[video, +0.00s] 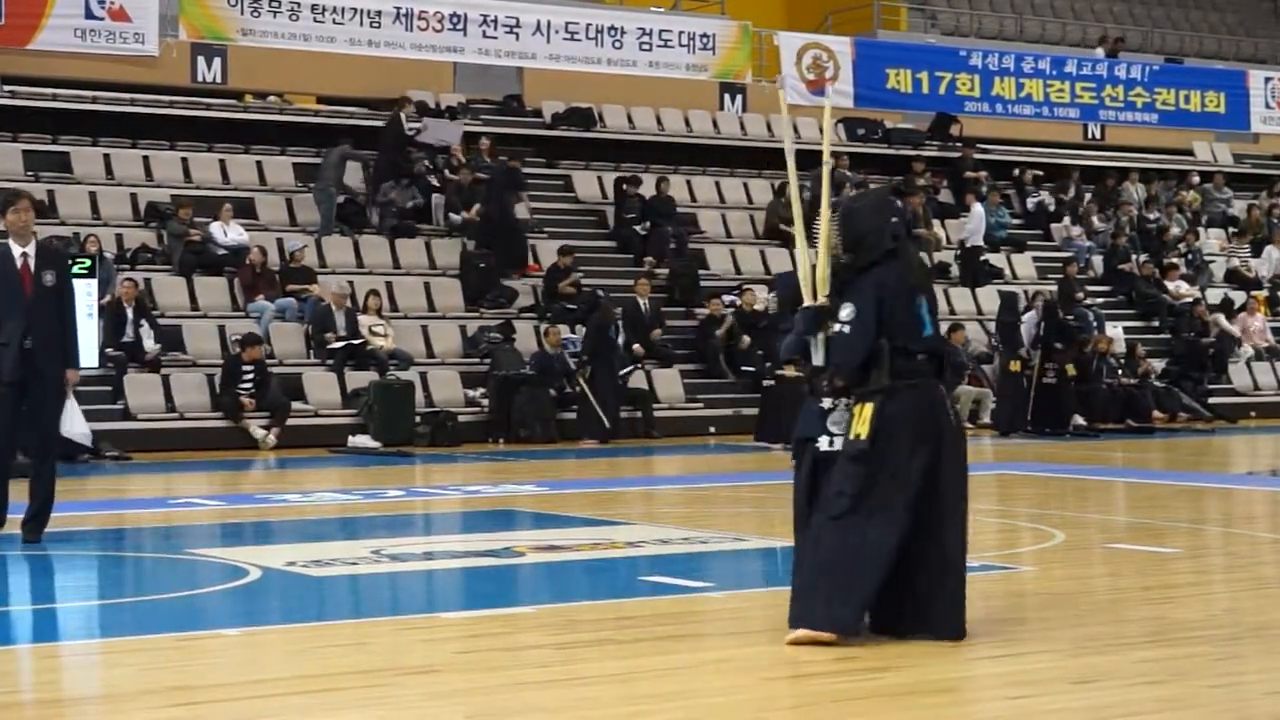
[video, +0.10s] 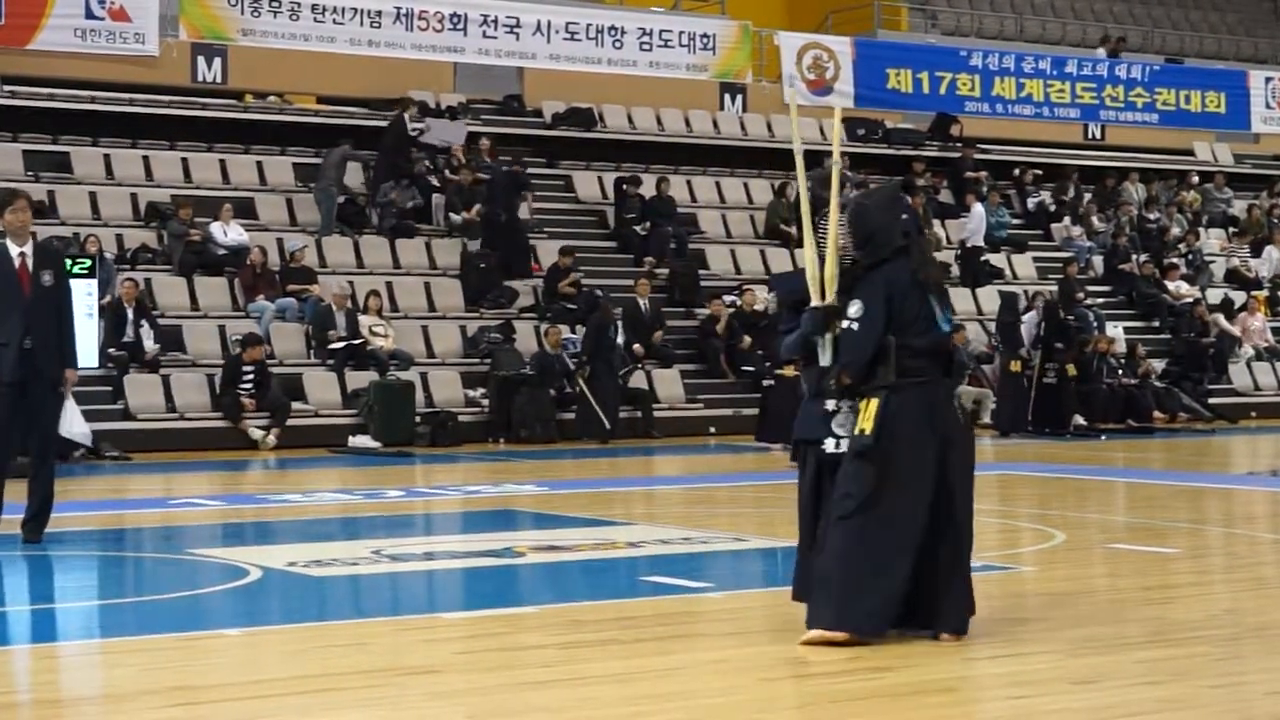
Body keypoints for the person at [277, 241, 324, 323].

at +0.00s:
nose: (302, 254)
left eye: (303, 251)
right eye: (299, 252)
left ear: (304, 253)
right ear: (292, 254)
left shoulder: (309, 270)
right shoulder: (284, 270)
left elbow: (315, 287)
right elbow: (287, 288)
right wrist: (307, 287)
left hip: (307, 294)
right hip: (292, 295)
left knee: (314, 299)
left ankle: (307, 324)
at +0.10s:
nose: (303, 254)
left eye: (303, 252)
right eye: (299, 252)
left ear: (304, 253)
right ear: (292, 254)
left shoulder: (310, 270)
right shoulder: (284, 270)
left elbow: (316, 288)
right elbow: (287, 288)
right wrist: (308, 287)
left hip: (308, 294)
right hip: (293, 296)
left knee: (314, 299)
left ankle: (308, 326)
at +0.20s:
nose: (302, 254)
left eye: (303, 251)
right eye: (299, 251)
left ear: (304, 252)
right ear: (292, 254)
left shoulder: (309, 270)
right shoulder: (284, 270)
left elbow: (316, 287)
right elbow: (287, 287)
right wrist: (307, 287)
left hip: (308, 294)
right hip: (292, 296)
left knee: (314, 299)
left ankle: (307, 326)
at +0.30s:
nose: (302, 254)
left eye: (303, 251)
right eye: (299, 251)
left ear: (304, 252)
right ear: (292, 254)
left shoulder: (309, 270)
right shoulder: (284, 270)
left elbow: (316, 287)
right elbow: (287, 287)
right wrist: (307, 286)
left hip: (307, 294)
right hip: (292, 295)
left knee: (314, 299)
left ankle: (307, 325)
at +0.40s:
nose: (302, 254)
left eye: (303, 251)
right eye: (299, 251)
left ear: (304, 252)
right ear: (292, 254)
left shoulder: (309, 270)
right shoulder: (284, 270)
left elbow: (315, 287)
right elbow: (287, 287)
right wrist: (307, 287)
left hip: (307, 294)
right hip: (292, 296)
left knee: (314, 299)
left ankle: (307, 325)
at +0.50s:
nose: (302, 254)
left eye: (303, 251)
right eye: (299, 251)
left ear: (304, 252)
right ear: (292, 254)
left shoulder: (309, 270)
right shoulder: (284, 270)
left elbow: (316, 287)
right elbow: (287, 287)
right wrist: (307, 287)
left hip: (307, 294)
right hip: (292, 296)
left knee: (314, 299)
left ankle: (307, 325)